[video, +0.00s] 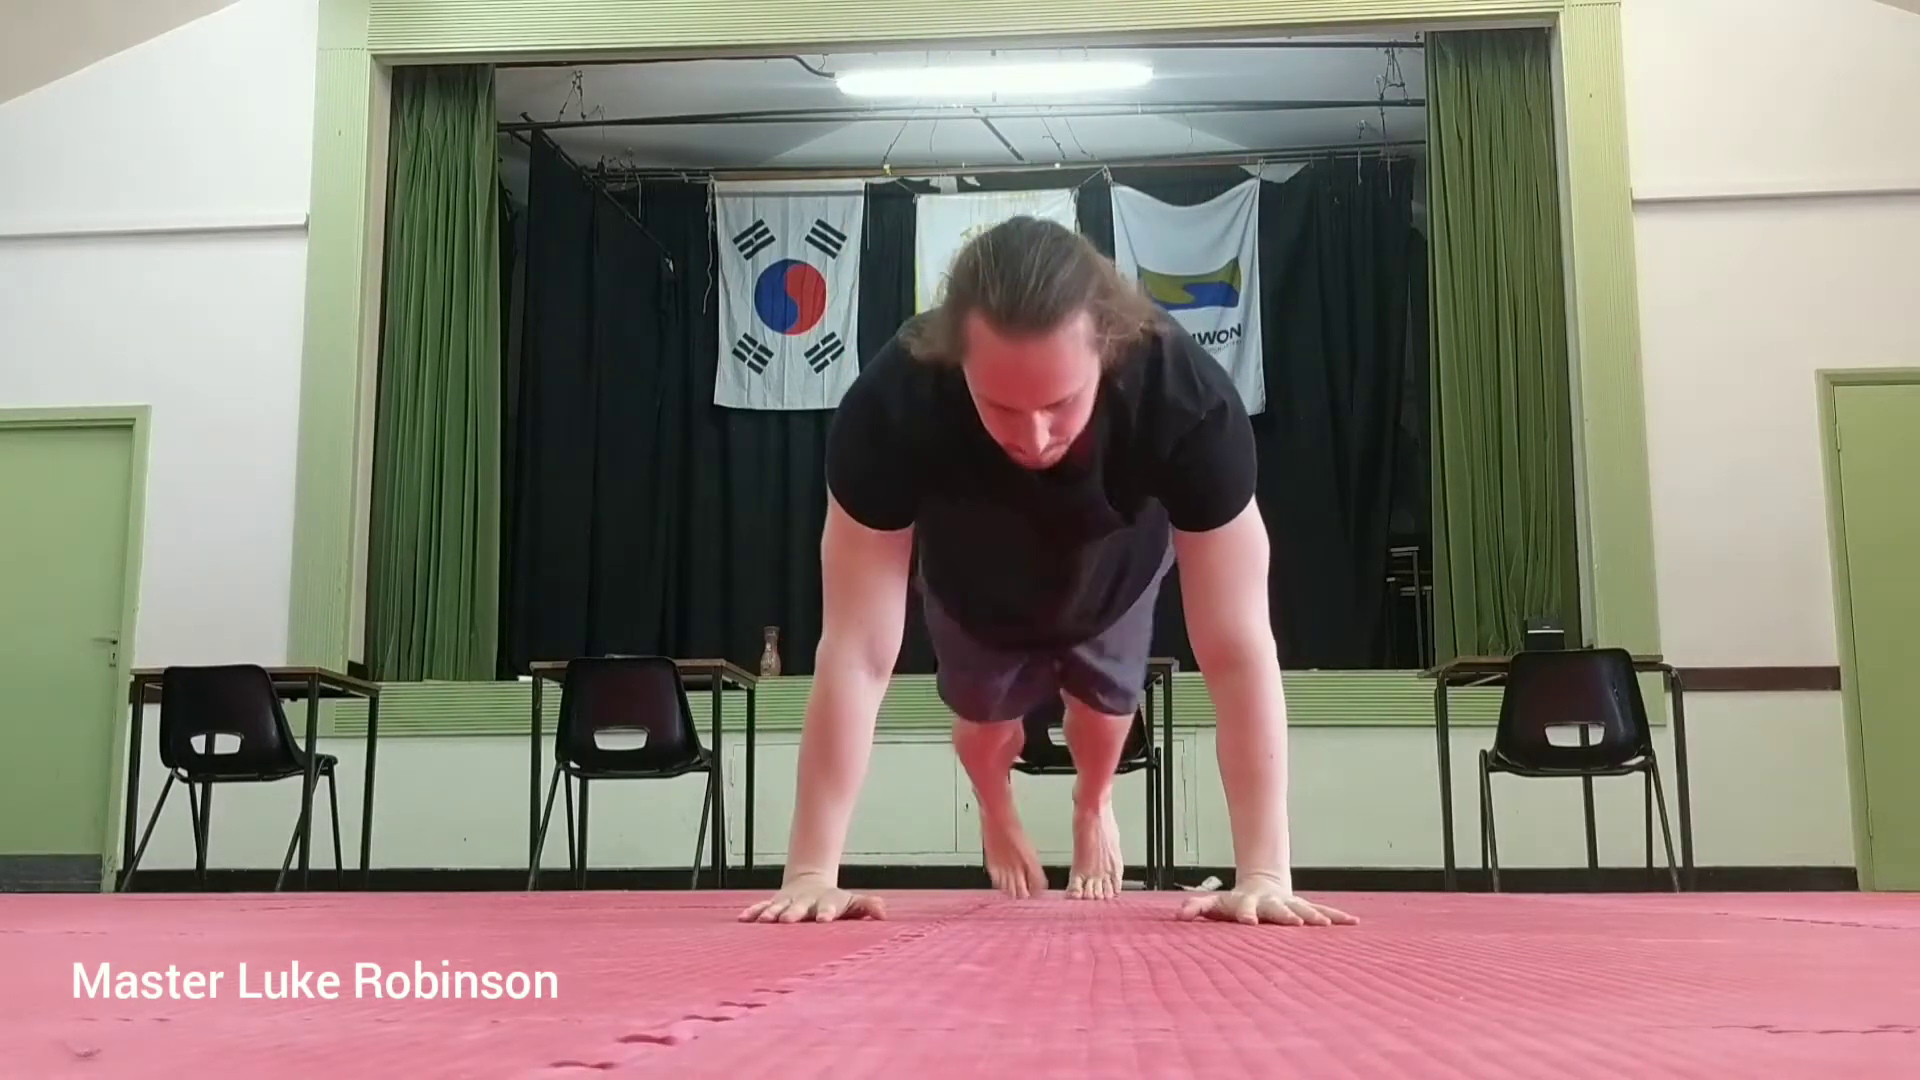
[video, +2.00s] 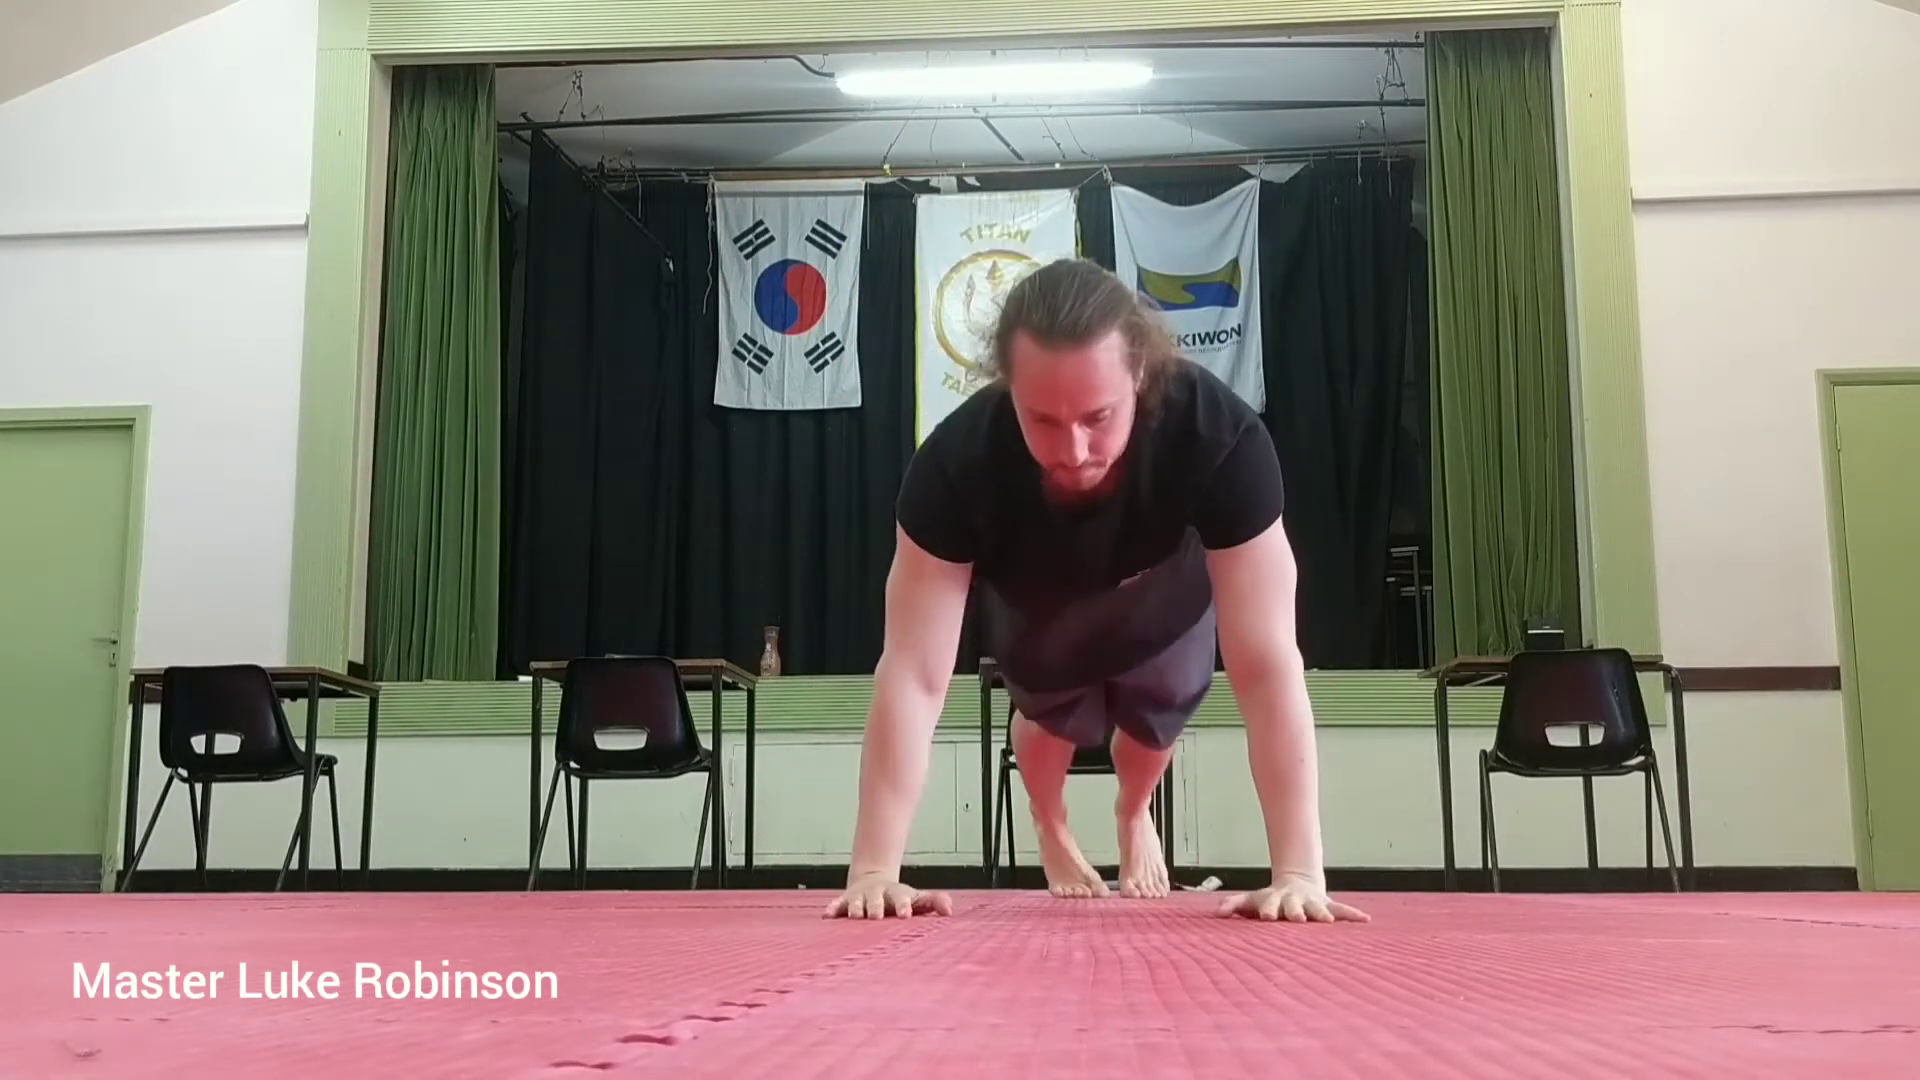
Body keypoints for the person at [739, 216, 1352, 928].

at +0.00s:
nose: (1033, 438)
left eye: (1061, 406)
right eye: (1004, 410)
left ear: (1107, 353)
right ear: (959, 360)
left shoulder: (1185, 406)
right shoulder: (893, 412)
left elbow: (1238, 653)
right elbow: (856, 652)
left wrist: (1262, 873)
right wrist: (811, 868)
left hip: (1114, 589)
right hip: (973, 594)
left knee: (1106, 714)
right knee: (986, 724)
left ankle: (1094, 813)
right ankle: (998, 819)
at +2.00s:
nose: (1075, 451)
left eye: (1099, 419)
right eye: (1046, 423)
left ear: (1140, 379)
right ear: (1010, 389)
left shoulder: (1219, 443)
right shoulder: (957, 466)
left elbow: (1266, 666)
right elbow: (913, 674)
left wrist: (1298, 873)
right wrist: (874, 870)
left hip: (1167, 617)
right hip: (1040, 627)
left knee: (1155, 725)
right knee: (1050, 724)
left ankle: (1136, 817)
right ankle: (1052, 829)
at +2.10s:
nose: (1073, 438)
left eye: (1098, 406)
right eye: (1044, 409)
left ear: (1141, 370)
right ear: (1009, 377)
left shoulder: (1214, 441)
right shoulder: (961, 460)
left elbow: (1265, 665)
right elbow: (913, 669)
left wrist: (1298, 873)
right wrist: (877, 863)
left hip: (1170, 610)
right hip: (1046, 615)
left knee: (1158, 726)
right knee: (1057, 726)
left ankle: (1137, 817)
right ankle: (1058, 829)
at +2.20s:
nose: (1077, 444)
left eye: (1101, 412)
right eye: (1048, 415)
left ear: (1145, 381)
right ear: (1013, 387)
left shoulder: (1214, 445)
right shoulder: (959, 456)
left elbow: (1270, 667)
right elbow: (898, 667)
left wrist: (1298, 872)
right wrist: (855, 870)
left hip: (1165, 623)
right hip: (1041, 624)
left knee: (1157, 731)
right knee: (1054, 729)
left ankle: (1140, 817)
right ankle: (1061, 830)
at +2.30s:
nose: (1069, 450)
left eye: (1094, 416)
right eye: (1040, 420)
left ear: (1137, 384)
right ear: (1003, 395)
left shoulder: (1208, 450)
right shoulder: (953, 454)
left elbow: (1268, 669)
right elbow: (895, 668)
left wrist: (1299, 872)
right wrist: (851, 872)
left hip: (1155, 642)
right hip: (1026, 642)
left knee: (1148, 739)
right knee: (1041, 741)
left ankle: (1144, 824)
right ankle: (1059, 832)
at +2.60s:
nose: (1050, 428)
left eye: (1073, 393)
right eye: (1020, 399)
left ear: (1113, 366)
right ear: (982, 377)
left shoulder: (1192, 448)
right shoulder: (932, 452)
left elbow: (1270, 667)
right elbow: (889, 669)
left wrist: (1316, 873)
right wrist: (849, 872)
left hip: (1130, 629)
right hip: (1003, 643)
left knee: (1135, 734)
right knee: (1028, 745)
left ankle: (1143, 828)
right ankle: (1060, 837)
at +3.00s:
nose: (1073, 415)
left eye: (1093, 379)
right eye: (1039, 387)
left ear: (1131, 348)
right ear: (1000, 365)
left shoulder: (1215, 442)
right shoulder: (946, 450)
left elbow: (1285, 664)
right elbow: (904, 664)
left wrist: (1325, 873)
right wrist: (854, 866)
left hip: (1145, 620)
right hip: (1016, 632)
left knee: (1142, 732)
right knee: (1045, 746)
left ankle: (1142, 825)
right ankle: (1067, 831)